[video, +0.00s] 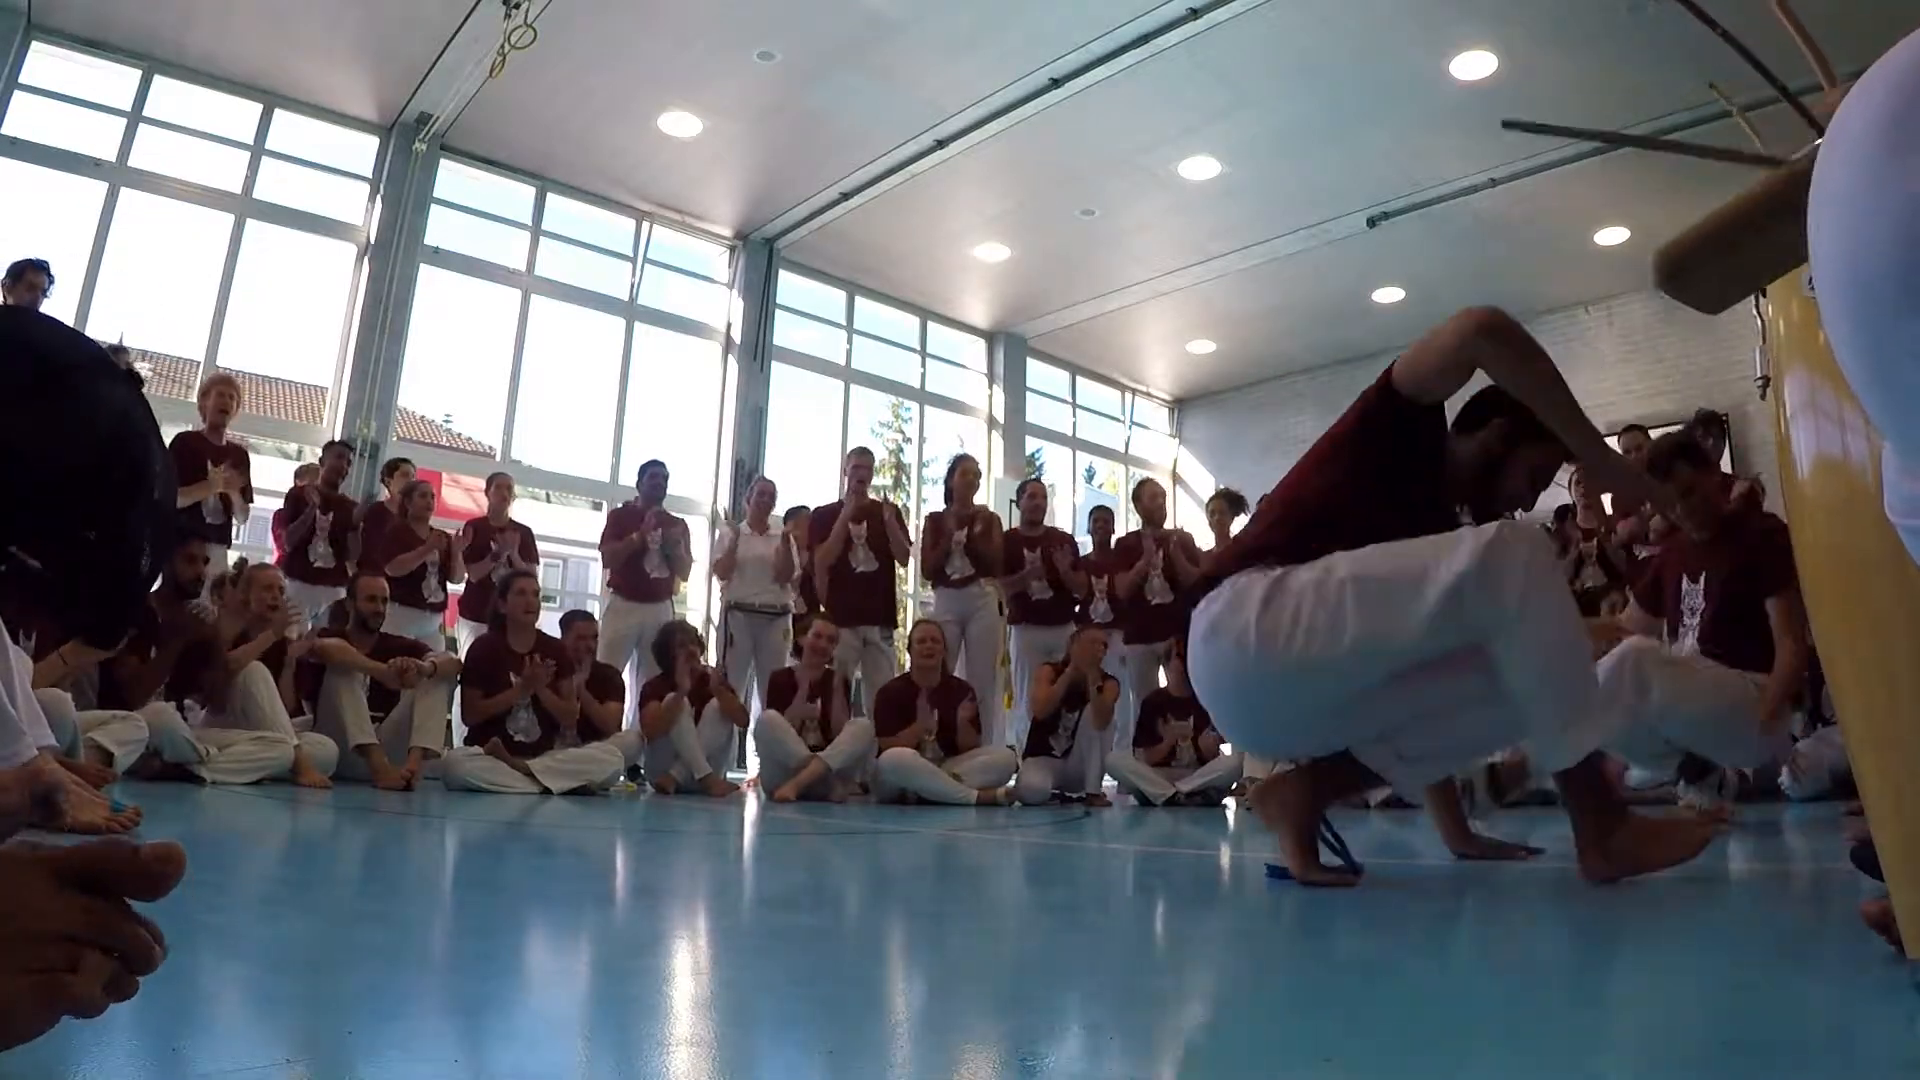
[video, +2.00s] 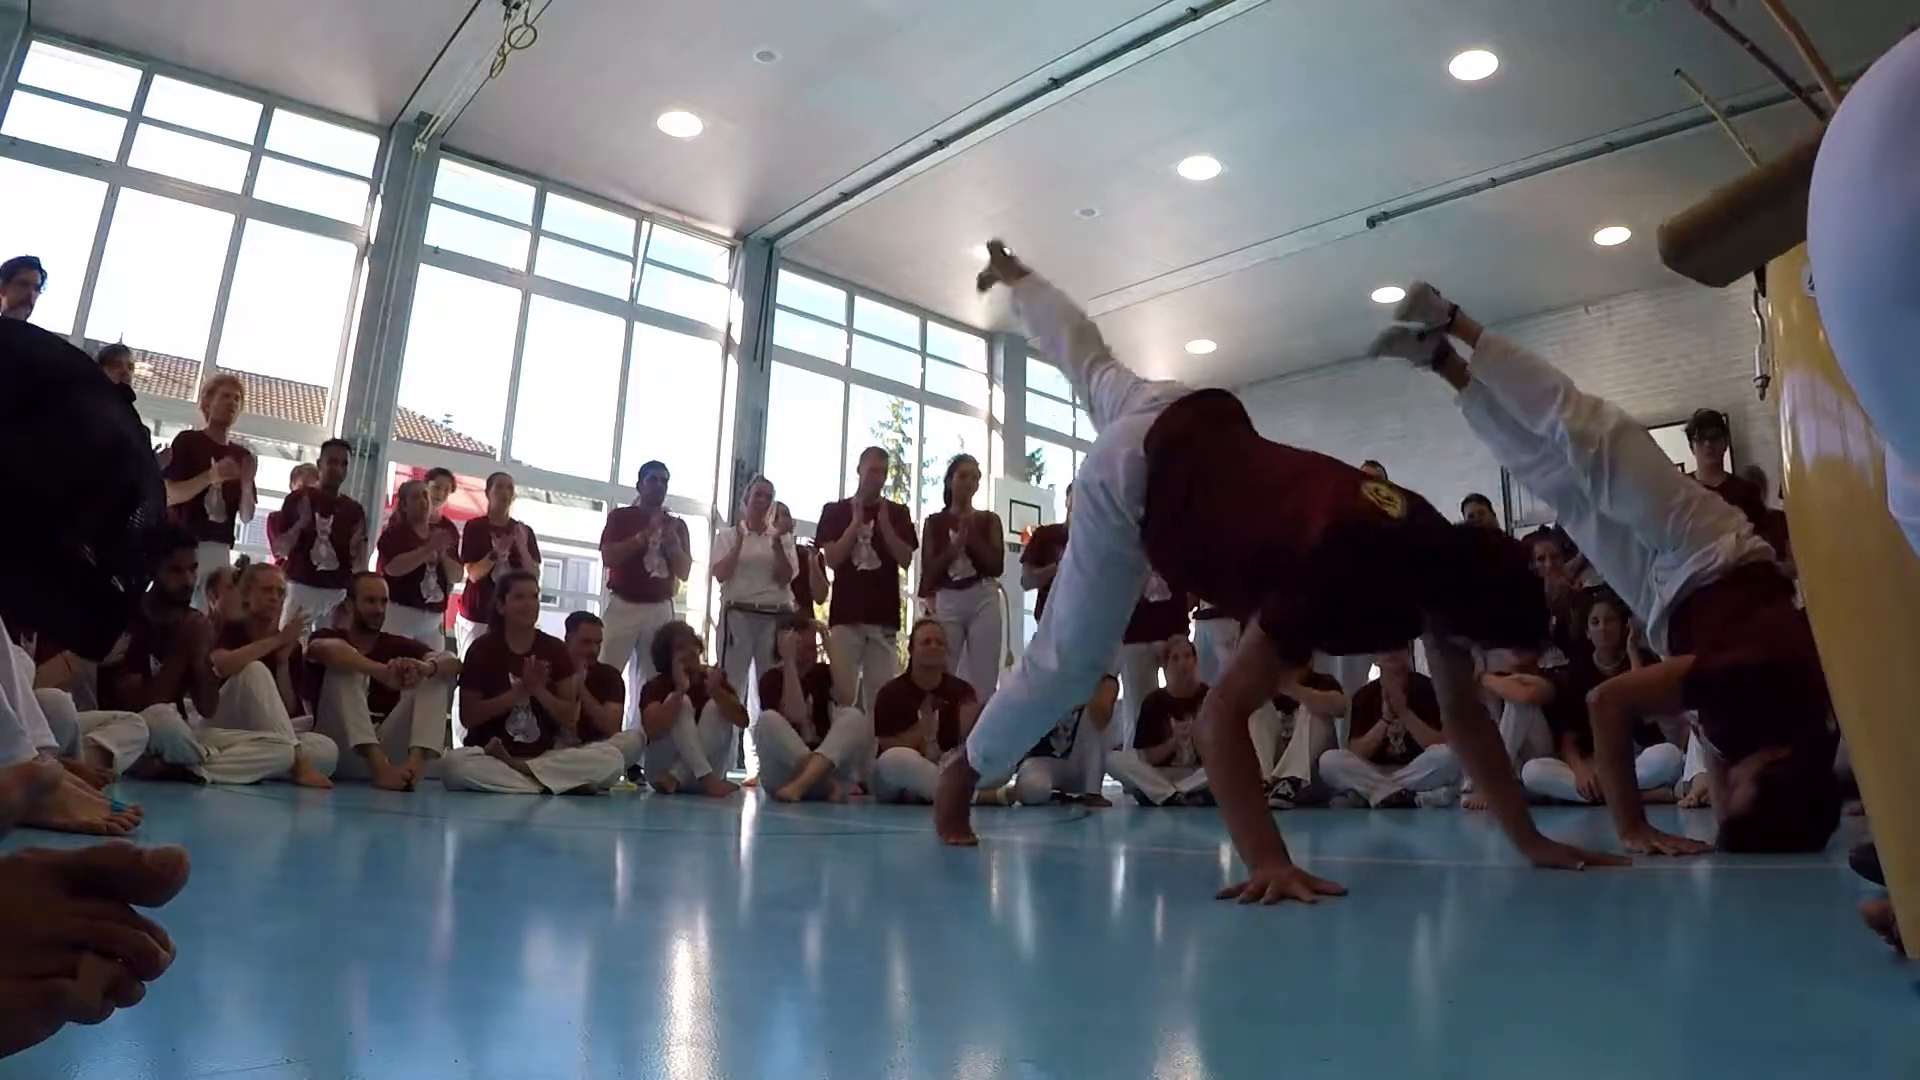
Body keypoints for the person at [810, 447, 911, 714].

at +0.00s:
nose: (861, 474)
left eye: (867, 469)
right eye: (856, 468)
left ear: (873, 474)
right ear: (845, 471)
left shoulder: (888, 512)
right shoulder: (823, 515)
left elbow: (904, 558)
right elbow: (823, 562)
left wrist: (890, 521)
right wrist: (846, 512)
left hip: (880, 620)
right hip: (841, 620)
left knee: (883, 701)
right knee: (837, 700)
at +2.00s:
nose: (875, 477)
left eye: (880, 471)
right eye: (870, 470)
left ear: (886, 475)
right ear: (858, 471)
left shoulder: (898, 512)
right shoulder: (835, 511)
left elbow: (905, 559)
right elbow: (832, 560)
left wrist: (884, 528)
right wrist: (854, 526)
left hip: (884, 618)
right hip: (846, 616)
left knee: (881, 699)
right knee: (844, 696)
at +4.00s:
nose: (877, 478)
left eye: (882, 472)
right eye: (872, 472)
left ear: (890, 474)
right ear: (862, 474)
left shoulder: (906, 517)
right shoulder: (843, 514)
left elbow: (913, 563)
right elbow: (831, 563)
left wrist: (885, 533)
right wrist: (863, 533)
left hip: (890, 609)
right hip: (848, 609)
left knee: (887, 694)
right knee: (849, 692)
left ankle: (878, 772)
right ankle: (841, 769)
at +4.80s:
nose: (879, 482)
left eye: (884, 476)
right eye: (873, 476)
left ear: (891, 476)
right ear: (862, 476)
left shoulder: (906, 516)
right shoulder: (846, 514)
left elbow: (917, 564)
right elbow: (841, 564)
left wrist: (890, 534)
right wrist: (870, 535)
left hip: (893, 621)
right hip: (853, 621)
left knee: (889, 700)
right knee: (845, 696)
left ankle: (875, 775)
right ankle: (837, 771)